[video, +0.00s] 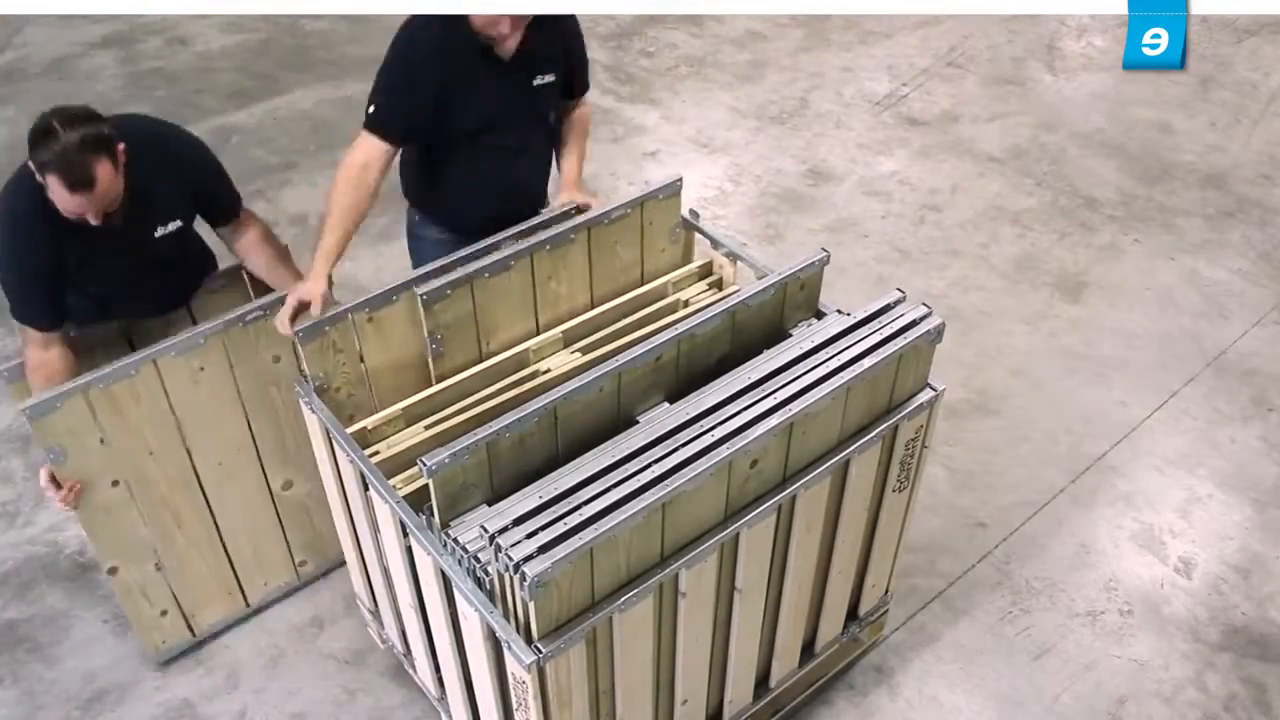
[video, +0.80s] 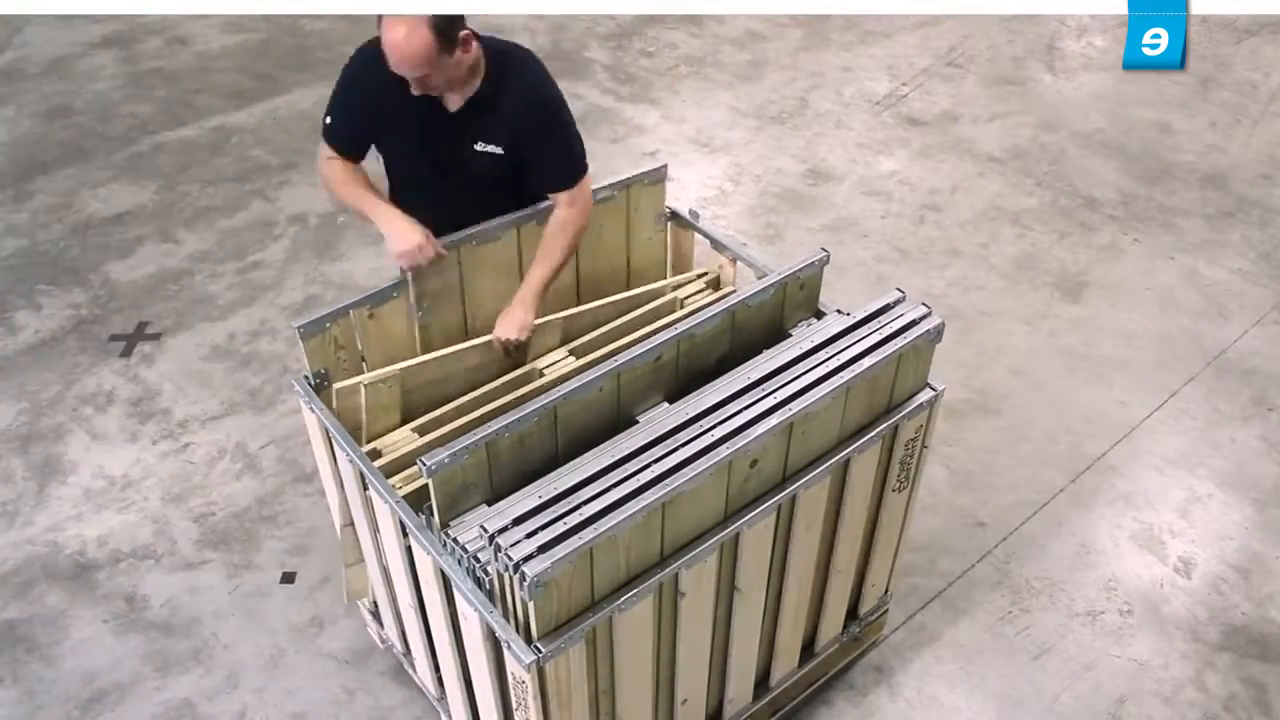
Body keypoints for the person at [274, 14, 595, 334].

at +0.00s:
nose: (508, 27)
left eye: (520, 15)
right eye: (493, 15)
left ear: (534, 8)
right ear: (467, 7)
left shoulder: (557, 25)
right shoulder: (426, 40)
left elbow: (575, 106)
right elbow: (368, 159)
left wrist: (571, 185)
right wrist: (318, 274)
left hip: (523, 219)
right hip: (445, 230)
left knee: (528, 343)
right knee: (456, 354)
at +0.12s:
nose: (508, 82)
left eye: (520, 70)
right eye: (498, 68)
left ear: (535, 42)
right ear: (463, 30)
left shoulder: (533, 54)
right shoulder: (397, 74)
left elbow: (546, 120)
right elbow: (352, 195)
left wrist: (579, 189)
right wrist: (327, 299)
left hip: (504, 245)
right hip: (424, 261)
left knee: (516, 367)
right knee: (443, 383)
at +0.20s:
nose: (507, 60)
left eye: (519, 49)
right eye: (497, 47)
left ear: (533, 26)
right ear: (464, 17)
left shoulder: (537, 41)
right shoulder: (399, 60)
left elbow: (554, 125)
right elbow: (352, 167)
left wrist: (625, 179)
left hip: (518, 254)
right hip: (436, 272)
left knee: (528, 394)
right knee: (457, 407)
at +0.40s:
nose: (535, 89)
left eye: (545, 75)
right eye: (523, 77)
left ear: (559, 46)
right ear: (486, 42)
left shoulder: (555, 56)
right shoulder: (408, 79)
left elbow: (559, 125)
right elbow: (370, 177)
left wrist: (628, 167)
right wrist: (391, 251)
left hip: (516, 249)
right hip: (432, 265)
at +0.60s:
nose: (366, 152)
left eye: (373, 141)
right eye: (355, 141)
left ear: (410, 102)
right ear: (336, 111)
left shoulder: (487, 97)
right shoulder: (333, 127)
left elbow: (558, 215)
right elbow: (346, 202)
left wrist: (523, 317)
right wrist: (399, 243)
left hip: (515, 261)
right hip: (433, 280)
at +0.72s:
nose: (371, 122)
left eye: (377, 111)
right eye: (360, 111)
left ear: (414, 73)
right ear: (345, 83)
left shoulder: (497, 85)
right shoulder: (350, 88)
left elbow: (582, 197)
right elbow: (346, 188)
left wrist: (532, 302)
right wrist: (421, 215)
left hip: (510, 255)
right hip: (424, 260)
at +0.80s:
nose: (415, 89)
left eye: (424, 76)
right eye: (404, 77)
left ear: (467, 46)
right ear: (389, 54)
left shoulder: (522, 79)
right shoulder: (372, 70)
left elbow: (575, 200)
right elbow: (334, 161)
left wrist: (526, 302)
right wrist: (392, 223)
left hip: (512, 261)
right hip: (427, 266)